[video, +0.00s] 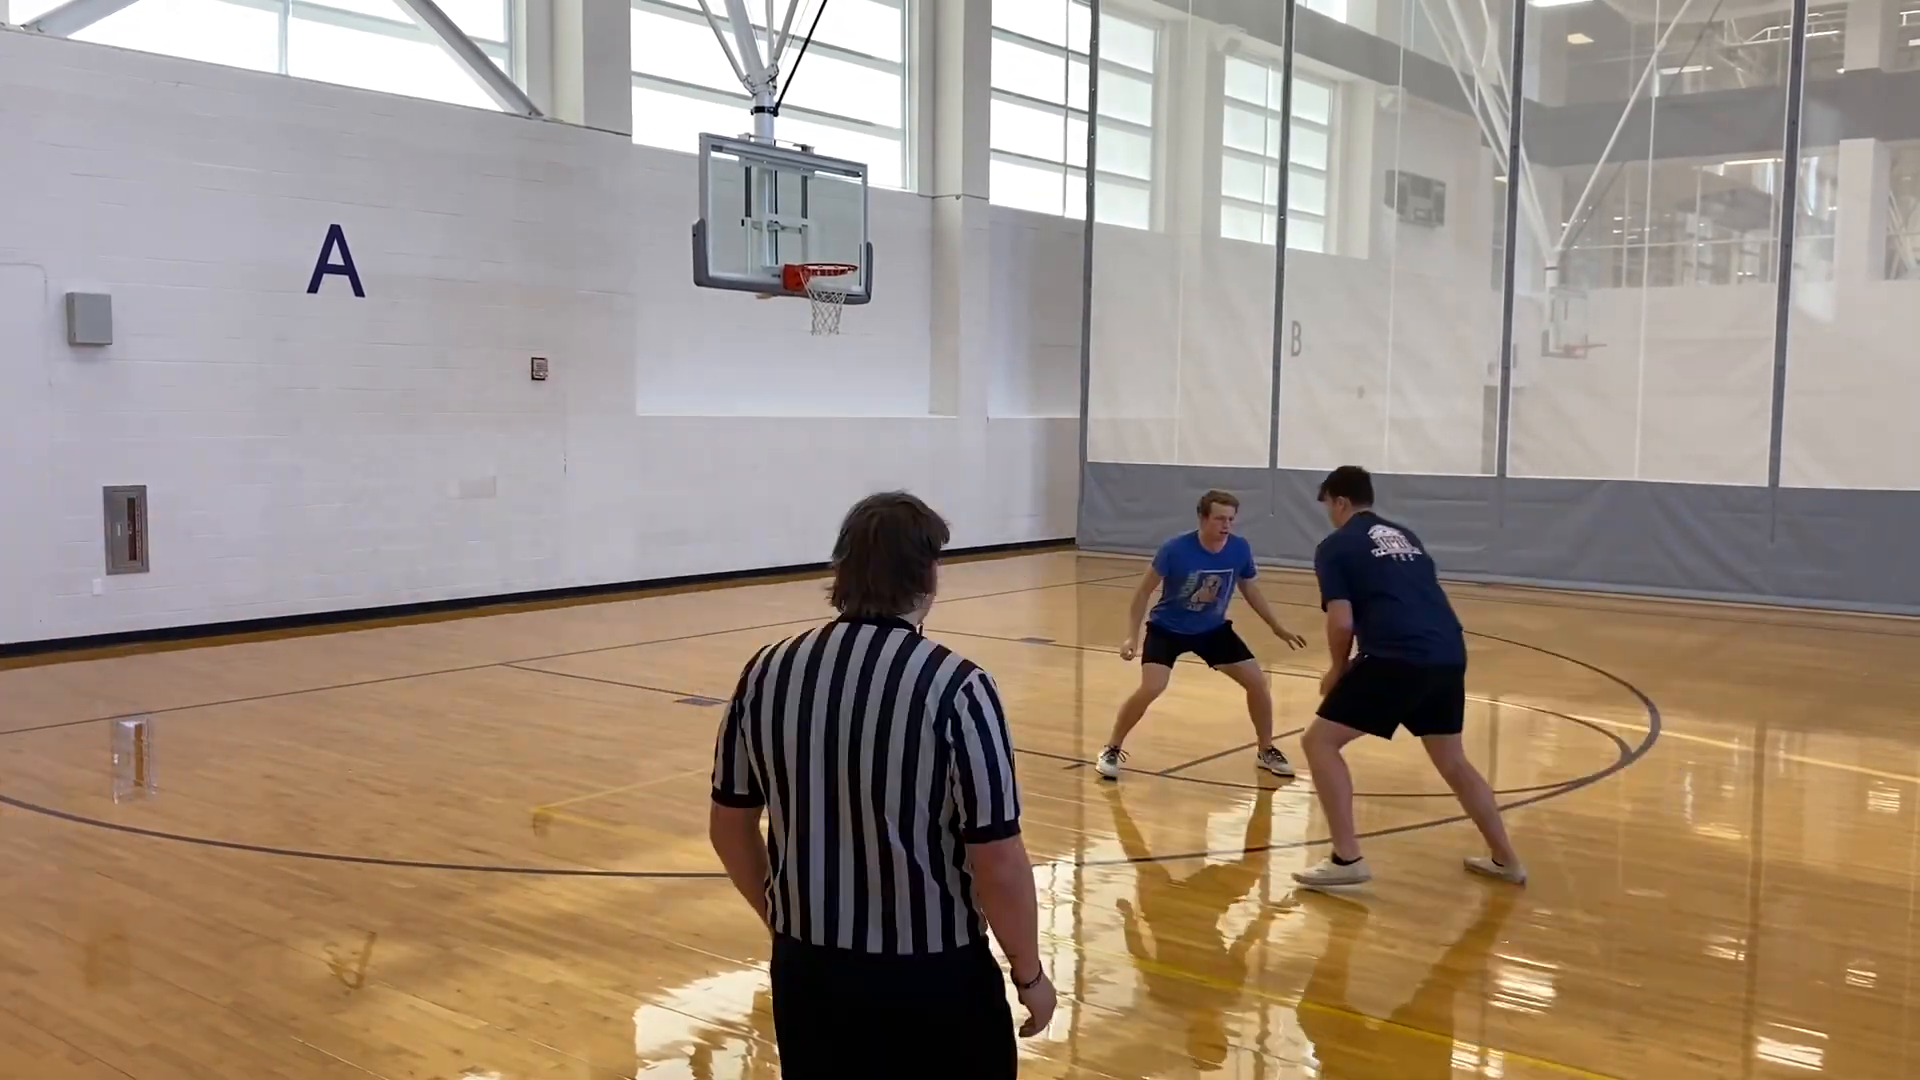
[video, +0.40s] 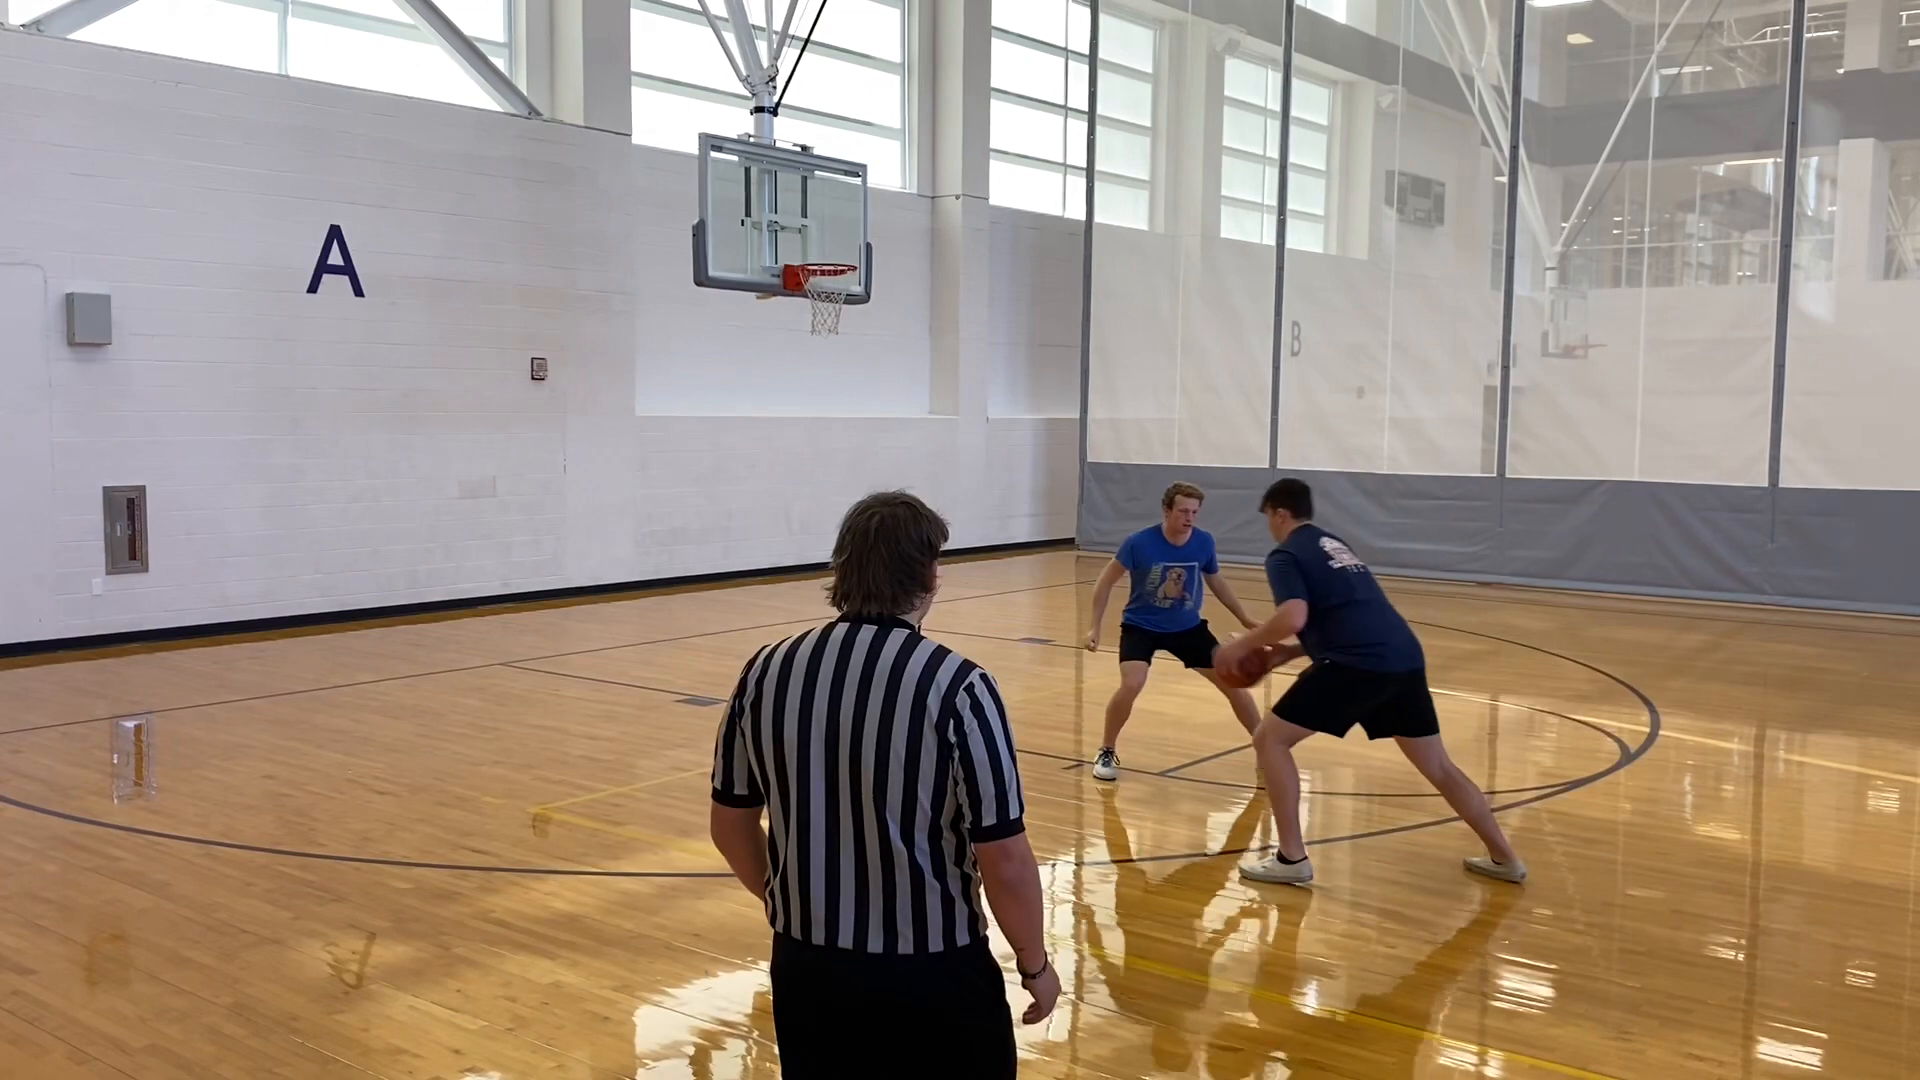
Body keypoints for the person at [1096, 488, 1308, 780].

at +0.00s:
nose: (1226, 526)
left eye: (1230, 520)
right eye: (1220, 519)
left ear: (1234, 521)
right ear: (1202, 517)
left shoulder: (1239, 550)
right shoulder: (1174, 550)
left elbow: (1251, 591)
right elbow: (1144, 591)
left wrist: (1278, 628)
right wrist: (1133, 636)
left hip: (1213, 630)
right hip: (1168, 629)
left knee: (1257, 682)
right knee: (1152, 686)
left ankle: (1267, 751)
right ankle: (1112, 749)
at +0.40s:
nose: (1190, 517)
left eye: (1194, 512)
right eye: (1183, 511)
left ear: (1198, 513)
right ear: (1166, 511)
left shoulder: (1203, 542)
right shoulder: (1139, 544)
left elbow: (1215, 581)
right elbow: (1106, 581)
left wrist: (1245, 619)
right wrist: (1095, 628)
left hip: (1187, 628)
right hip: (1141, 627)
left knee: (1232, 682)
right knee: (1132, 684)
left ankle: (1267, 747)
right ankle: (1107, 751)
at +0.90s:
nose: (1135, 495)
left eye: (1141, 489)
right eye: (1129, 489)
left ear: (1148, 491)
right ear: (1116, 488)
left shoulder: (1157, 522)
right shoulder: (1089, 517)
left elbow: (1187, 556)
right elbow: (1059, 548)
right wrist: (1037, 590)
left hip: (1142, 608)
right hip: (1097, 609)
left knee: (1175, 666)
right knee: (1099, 676)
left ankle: (1193, 740)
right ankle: (1102, 751)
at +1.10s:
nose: (1117, 491)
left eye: (1123, 486)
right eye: (1112, 485)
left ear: (1130, 488)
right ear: (1100, 484)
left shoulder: (1136, 518)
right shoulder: (1074, 512)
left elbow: (1154, 556)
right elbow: (1045, 547)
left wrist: (1153, 595)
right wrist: (1024, 588)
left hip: (1122, 599)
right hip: (1078, 599)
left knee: (1150, 662)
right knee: (1077, 670)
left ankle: (1147, 732)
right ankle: (1084, 744)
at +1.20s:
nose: (1113, 492)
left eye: (1119, 486)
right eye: (1108, 485)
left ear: (1125, 488)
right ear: (1095, 484)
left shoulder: (1130, 518)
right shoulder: (1070, 512)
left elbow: (1149, 557)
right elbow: (1041, 549)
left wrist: (1150, 594)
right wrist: (1021, 589)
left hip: (1118, 599)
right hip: (1074, 598)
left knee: (1144, 662)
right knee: (1071, 666)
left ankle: (1139, 732)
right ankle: (1077, 742)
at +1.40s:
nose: (1091, 493)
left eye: (1097, 488)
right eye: (1086, 487)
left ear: (1106, 489)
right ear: (1076, 486)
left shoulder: (1114, 518)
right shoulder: (1054, 518)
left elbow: (1134, 558)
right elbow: (1028, 555)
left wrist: (1138, 600)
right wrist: (1009, 595)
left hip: (1104, 601)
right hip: (1060, 599)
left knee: (1122, 670)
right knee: (1043, 664)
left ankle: (1115, 739)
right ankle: (1038, 738)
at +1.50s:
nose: (1084, 495)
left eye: (1088, 489)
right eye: (1078, 488)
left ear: (1091, 493)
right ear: (1068, 491)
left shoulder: (1105, 522)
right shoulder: (1045, 522)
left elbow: (1125, 565)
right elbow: (1021, 561)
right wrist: (1002, 601)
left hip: (1095, 603)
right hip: (1051, 600)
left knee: (1112, 672)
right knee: (1027, 662)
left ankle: (1111, 743)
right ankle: (1015, 734)